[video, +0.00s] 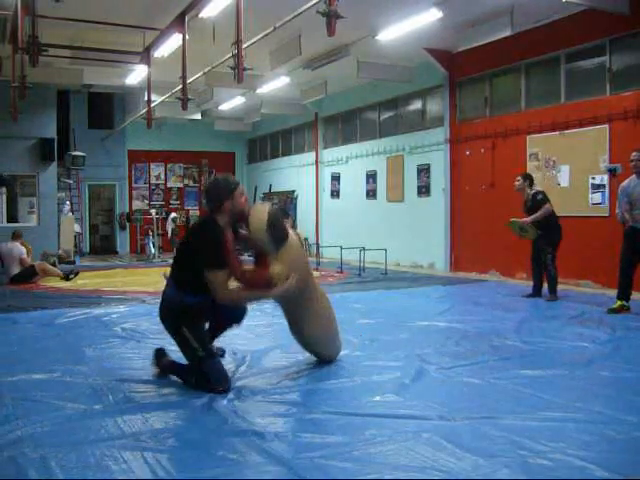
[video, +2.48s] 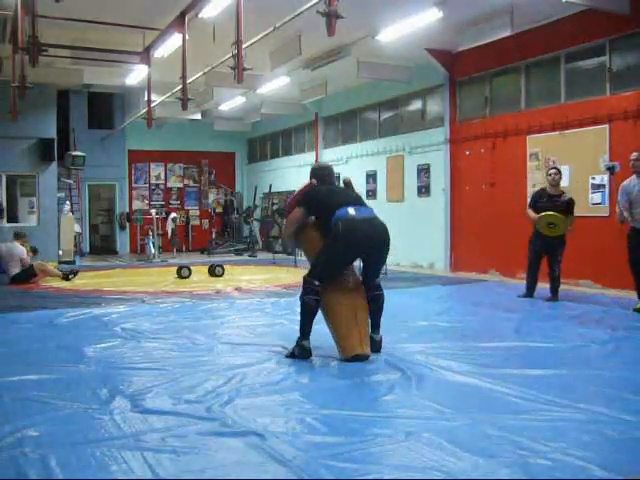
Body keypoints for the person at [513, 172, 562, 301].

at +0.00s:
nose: (515, 183)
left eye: (518, 181)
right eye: (515, 181)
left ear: (527, 183)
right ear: (525, 183)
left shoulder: (538, 194)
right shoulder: (527, 199)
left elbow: (548, 208)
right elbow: (535, 217)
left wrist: (529, 219)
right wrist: (524, 229)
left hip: (551, 230)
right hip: (539, 231)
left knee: (548, 260)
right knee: (536, 260)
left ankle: (552, 292)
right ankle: (536, 290)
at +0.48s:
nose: (523, 178)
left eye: (526, 176)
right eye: (523, 175)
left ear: (534, 178)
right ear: (534, 179)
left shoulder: (536, 191)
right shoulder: (540, 192)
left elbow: (527, 201)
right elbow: (537, 216)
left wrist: (511, 202)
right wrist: (519, 219)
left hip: (542, 230)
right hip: (537, 229)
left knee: (543, 259)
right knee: (534, 260)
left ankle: (552, 292)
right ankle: (536, 290)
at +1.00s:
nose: (538, 176)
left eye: (540, 174)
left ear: (541, 175)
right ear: (553, 177)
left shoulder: (535, 189)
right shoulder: (552, 191)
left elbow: (523, 174)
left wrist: (538, 167)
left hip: (535, 227)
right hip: (542, 225)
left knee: (538, 259)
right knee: (535, 259)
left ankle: (551, 291)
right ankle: (536, 289)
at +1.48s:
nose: (547, 177)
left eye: (550, 176)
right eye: (549, 175)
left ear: (552, 177)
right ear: (554, 177)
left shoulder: (549, 191)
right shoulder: (547, 189)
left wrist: (542, 226)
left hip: (549, 228)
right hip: (544, 227)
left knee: (548, 258)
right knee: (532, 257)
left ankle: (553, 292)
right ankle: (539, 287)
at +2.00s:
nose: (561, 182)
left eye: (564, 181)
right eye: (559, 179)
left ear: (566, 184)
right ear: (555, 179)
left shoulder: (565, 196)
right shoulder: (544, 186)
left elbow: (564, 216)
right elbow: (538, 172)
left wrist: (566, 205)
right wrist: (556, 170)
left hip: (553, 230)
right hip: (537, 227)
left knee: (553, 263)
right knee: (532, 262)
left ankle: (554, 293)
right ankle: (528, 290)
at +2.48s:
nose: (553, 177)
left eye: (556, 174)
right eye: (550, 175)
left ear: (560, 177)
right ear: (546, 178)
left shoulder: (567, 199)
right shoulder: (538, 194)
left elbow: (570, 217)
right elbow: (529, 209)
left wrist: (567, 226)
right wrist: (536, 217)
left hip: (557, 236)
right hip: (539, 234)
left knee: (555, 267)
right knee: (532, 264)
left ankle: (554, 293)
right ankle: (529, 291)